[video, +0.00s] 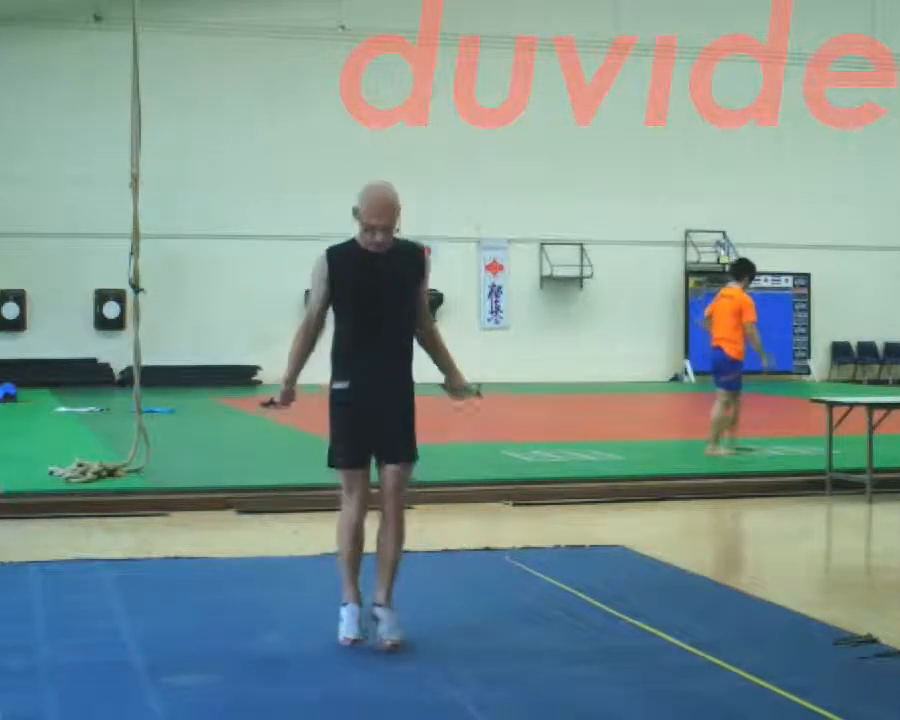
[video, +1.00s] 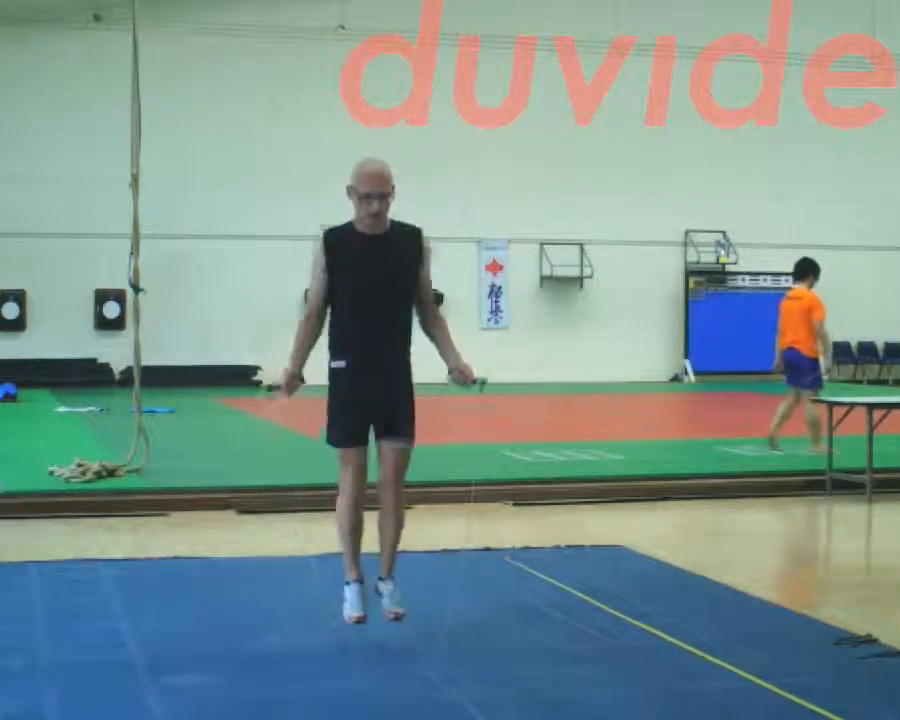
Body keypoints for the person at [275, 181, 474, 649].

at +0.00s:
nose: (379, 238)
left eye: (387, 230)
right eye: (371, 229)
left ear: (398, 220)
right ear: (357, 217)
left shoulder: (414, 258)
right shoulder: (333, 261)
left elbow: (424, 326)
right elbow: (311, 326)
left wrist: (453, 376)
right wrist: (289, 382)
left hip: (395, 391)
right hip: (352, 392)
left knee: (392, 498)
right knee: (358, 497)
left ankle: (377, 605)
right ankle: (354, 603)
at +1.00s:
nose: (375, 206)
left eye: (383, 197)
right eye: (367, 198)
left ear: (393, 195)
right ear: (351, 196)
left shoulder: (413, 242)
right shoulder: (332, 243)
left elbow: (428, 309)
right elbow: (314, 312)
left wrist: (453, 358)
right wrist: (294, 366)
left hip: (395, 372)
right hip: (349, 372)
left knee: (394, 474)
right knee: (353, 474)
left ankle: (386, 579)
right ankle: (352, 580)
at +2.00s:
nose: (377, 256)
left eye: (384, 248)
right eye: (369, 248)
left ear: (396, 251)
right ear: (355, 251)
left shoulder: (418, 303)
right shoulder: (336, 306)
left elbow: (433, 365)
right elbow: (320, 368)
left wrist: (465, 395)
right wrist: (301, 408)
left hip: (399, 420)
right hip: (354, 421)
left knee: (396, 521)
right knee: (366, 523)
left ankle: (389, 614)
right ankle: (363, 615)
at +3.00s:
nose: (369, 222)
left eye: (378, 213)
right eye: (361, 213)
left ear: (393, 215)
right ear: (350, 215)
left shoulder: (414, 263)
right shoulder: (331, 264)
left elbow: (427, 329)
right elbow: (311, 328)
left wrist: (462, 369)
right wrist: (289, 379)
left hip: (393, 388)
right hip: (345, 388)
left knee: (392, 496)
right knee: (357, 495)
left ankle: (385, 593)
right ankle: (354, 596)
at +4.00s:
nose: (357, 190)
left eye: (366, 182)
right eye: (349, 181)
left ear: (380, 184)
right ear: (337, 183)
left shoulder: (400, 229)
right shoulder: (317, 235)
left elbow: (423, 296)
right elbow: (298, 304)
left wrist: (450, 351)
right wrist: (273, 366)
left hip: (381, 355)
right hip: (334, 355)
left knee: (383, 452)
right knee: (345, 453)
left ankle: (372, 551)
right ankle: (344, 551)